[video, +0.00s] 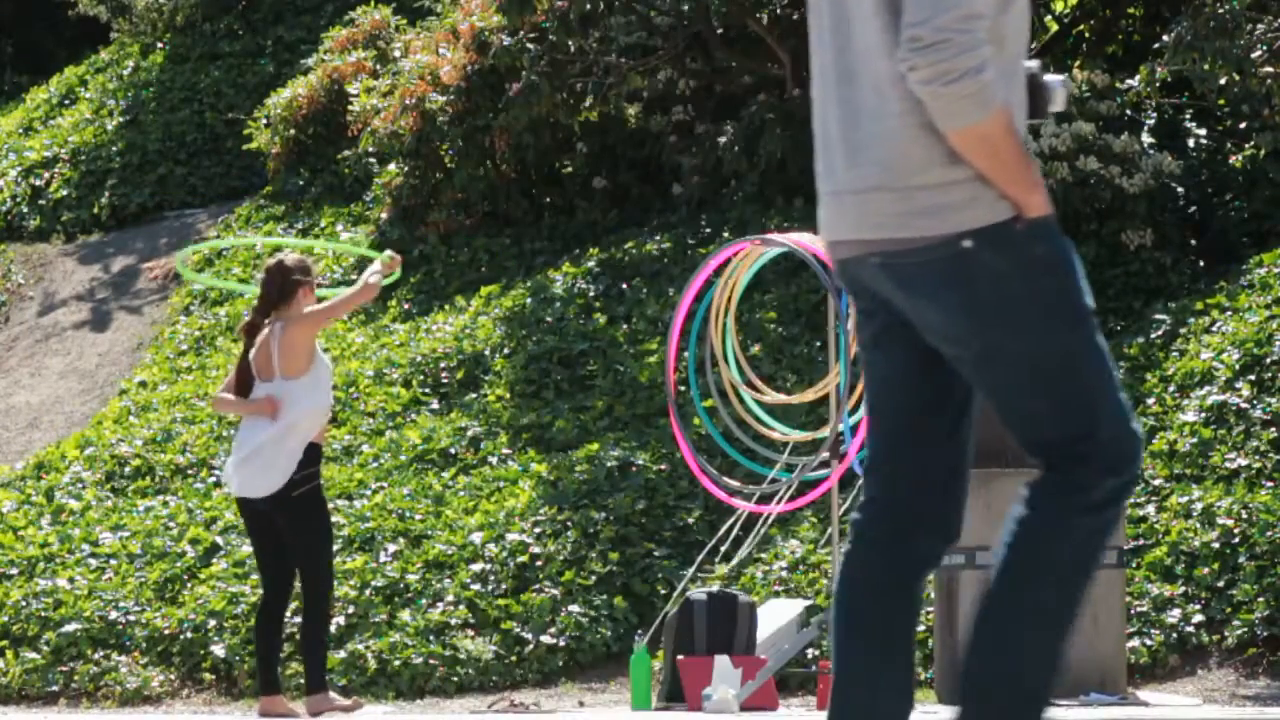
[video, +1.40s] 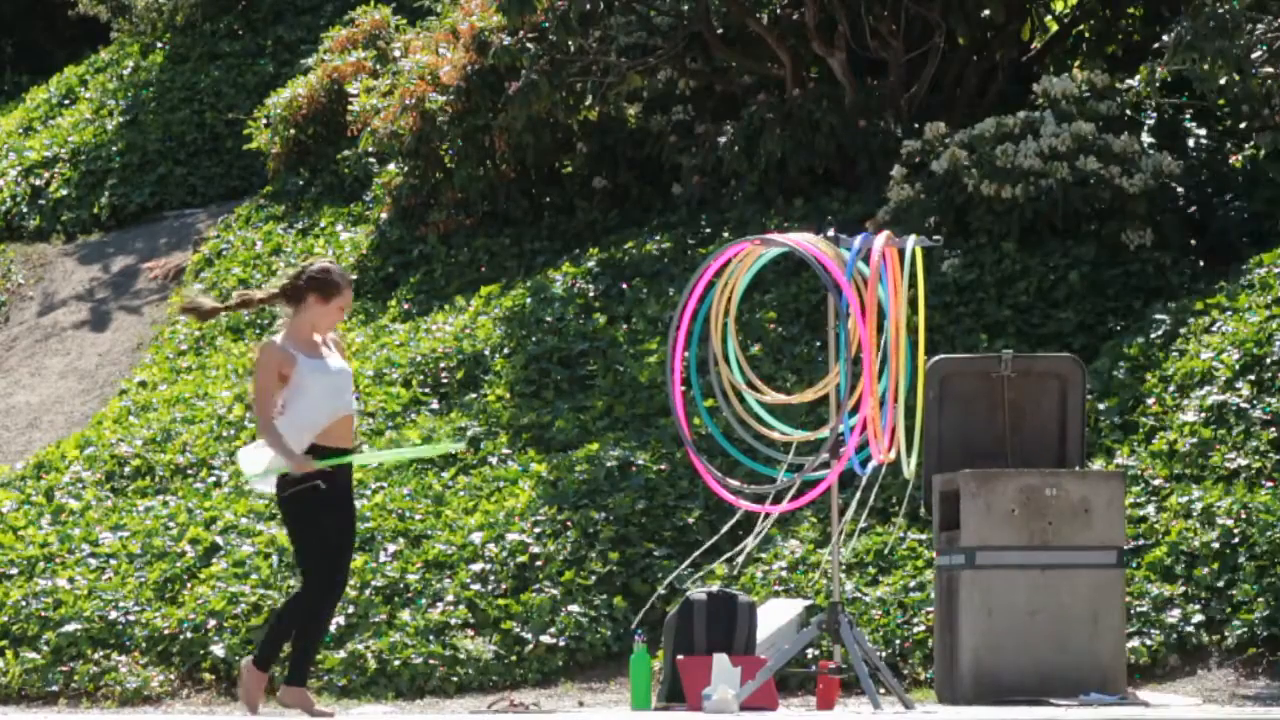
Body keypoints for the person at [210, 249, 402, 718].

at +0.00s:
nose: (315, 295)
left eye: (314, 287)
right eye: (311, 288)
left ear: (275, 294)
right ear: (298, 291)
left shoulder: (258, 341)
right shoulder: (298, 326)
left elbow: (223, 399)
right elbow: (363, 293)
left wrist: (259, 407)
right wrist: (380, 268)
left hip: (250, 482)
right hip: (294, 479)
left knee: (275, 585)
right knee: (318, 582)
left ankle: (269, 695)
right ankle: (318, 693)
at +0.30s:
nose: (253, 302)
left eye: (254, 295)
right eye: (254, 295)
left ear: (262, 300)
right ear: (302, 296)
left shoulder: (249, 350)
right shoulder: (329, 338)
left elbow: (231, 406)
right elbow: (365, 349)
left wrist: (300, 411)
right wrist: (335, 321)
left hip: (249, 478)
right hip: (305, 478)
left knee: (261, 588)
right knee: (298, 586)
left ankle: (267, 694)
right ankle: (314, 689)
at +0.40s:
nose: (257, 310)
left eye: (260, 302)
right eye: (257, 301)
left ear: (276, 303)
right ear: (300, 301)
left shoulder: (255, 352)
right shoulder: (331, 347)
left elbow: (251, 412)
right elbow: (346, 376)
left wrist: (308, 414)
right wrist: (334, 343)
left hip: (254, 477)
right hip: (308, 481)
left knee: (261, 585)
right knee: (282, 579)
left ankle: (267, 694)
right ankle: (306, 684)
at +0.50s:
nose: (256, 308)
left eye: (261, 300)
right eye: (255, 300)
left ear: (284, 300)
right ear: (297, 300)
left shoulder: (263, 347)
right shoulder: (334, 340)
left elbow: (273, 412)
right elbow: (333, 391)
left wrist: (325, 409)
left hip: (263, 473)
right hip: (312, 473)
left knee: (263, 581)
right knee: (274, 579)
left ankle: (269, 689)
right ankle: (292, 681)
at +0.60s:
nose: (258, 310)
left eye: (265, 302)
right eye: (257, 302)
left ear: (292, 300)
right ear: (295, 302)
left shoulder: (277, 343)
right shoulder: (317, 336)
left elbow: (295, 410)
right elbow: (284, 394)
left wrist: (328, 400)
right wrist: (240, 392)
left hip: (276, 481)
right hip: (305, 481)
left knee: (262, 582)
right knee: (267, 580)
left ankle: (274, 689)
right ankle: (274, 686)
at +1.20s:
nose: (327, 316)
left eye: (332, 308)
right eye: (320, 306)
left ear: (332, 307)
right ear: (292, 301)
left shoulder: (337, 345)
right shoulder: (254, 352)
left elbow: (351, 403)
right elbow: (234, 410)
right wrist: (237, 448)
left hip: (331, 466)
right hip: (279, 467)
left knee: (328, 584)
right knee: (279, 582)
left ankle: (294, 685)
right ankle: (265, 683)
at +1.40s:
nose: (344, 317)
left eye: (346, 309)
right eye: (341, 308)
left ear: (322, 303)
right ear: (313, 301)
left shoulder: (329, 342)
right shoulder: (275, 352)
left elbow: (334, 403)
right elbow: (263, 419)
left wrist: (352, 449)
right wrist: (293, 459)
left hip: (339, 470)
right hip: (303, 472)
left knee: (332, 582)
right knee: (319, 581)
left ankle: (295, 685)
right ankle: (257, 670)